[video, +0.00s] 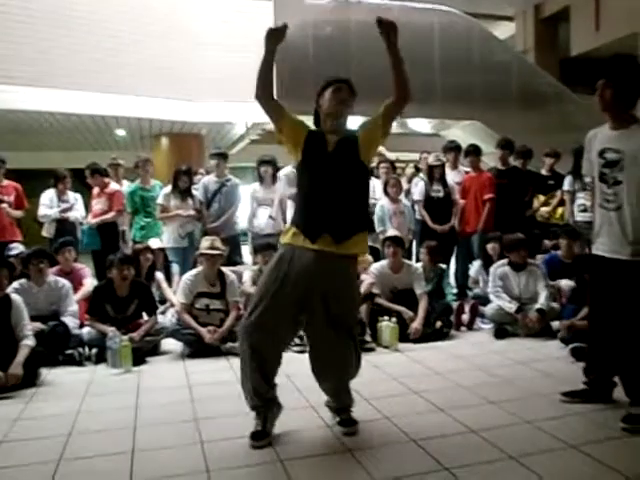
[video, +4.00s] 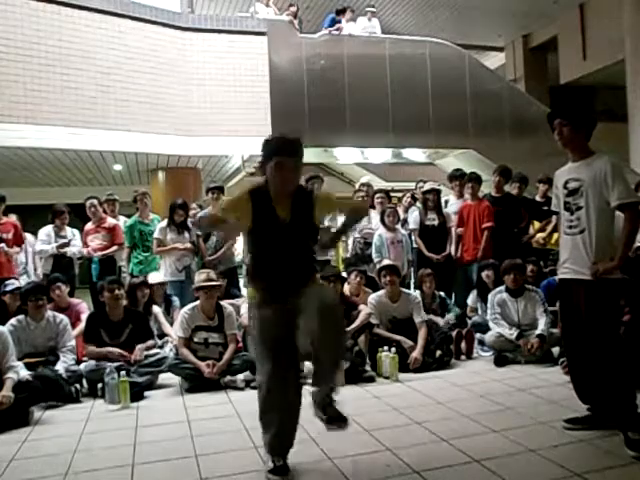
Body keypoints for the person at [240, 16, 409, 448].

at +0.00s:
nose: (341, 99)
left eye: (346, 96)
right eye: (334, 94)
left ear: (352, 108)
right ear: (318, 104)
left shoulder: (363, 142)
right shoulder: (301, 137)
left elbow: (401, 98)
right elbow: (265, 97)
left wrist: (392, 44)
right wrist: (270, 50)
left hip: (341, 260)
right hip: (295, 253)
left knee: (338, 343)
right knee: (256, 333)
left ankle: (341, 404)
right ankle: (264, 410)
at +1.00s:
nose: (267, 169)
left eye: (273, 163)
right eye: (261, 164)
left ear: (281, 171)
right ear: (247, 171)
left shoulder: (292, 207)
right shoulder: (233, 205)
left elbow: (330, 175)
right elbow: (193, 178)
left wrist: (322, 128)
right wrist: (208, 126)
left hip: (291, 317)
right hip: (248, 321)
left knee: (330, 389)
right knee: (259, 403)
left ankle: (336, 462)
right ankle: (258, 468)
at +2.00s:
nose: (287, 138)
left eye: (291, 135)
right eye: (279, 132)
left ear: (296, 144)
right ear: (260, 139)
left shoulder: (309, 171)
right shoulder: (242, 176)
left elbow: (349, 137)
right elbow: (206, 141)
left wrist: (343, 91)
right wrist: (224, 97)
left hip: (302, 294)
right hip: (256, 295)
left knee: (315, 372)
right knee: (250, 379)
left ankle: (329, 436)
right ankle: (256, 454)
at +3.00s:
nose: (317, 142)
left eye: (320, 136)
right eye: (309, 137)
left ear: (328, 141)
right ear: (295, 145)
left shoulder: (348, 178)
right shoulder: (285, 183)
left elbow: (391, 176)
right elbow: (250, 185)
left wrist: (397, 148)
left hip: (339, 291)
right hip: (294, 290)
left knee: (337, 369)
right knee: (281, 372)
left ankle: (329, 432)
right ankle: (266, 450)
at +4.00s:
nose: (287, 177)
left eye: (293, 170)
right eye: (280, 170)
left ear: (301, 171)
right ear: (266, 169)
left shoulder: (311, 200)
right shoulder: (249, 199)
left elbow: (360, 208)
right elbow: (205, 221)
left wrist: (336, 235)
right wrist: (222, 224)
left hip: (306, 292)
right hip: (266, 296)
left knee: (328, 307)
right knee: (275, 374)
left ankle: (324, 397)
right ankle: (277, 451)